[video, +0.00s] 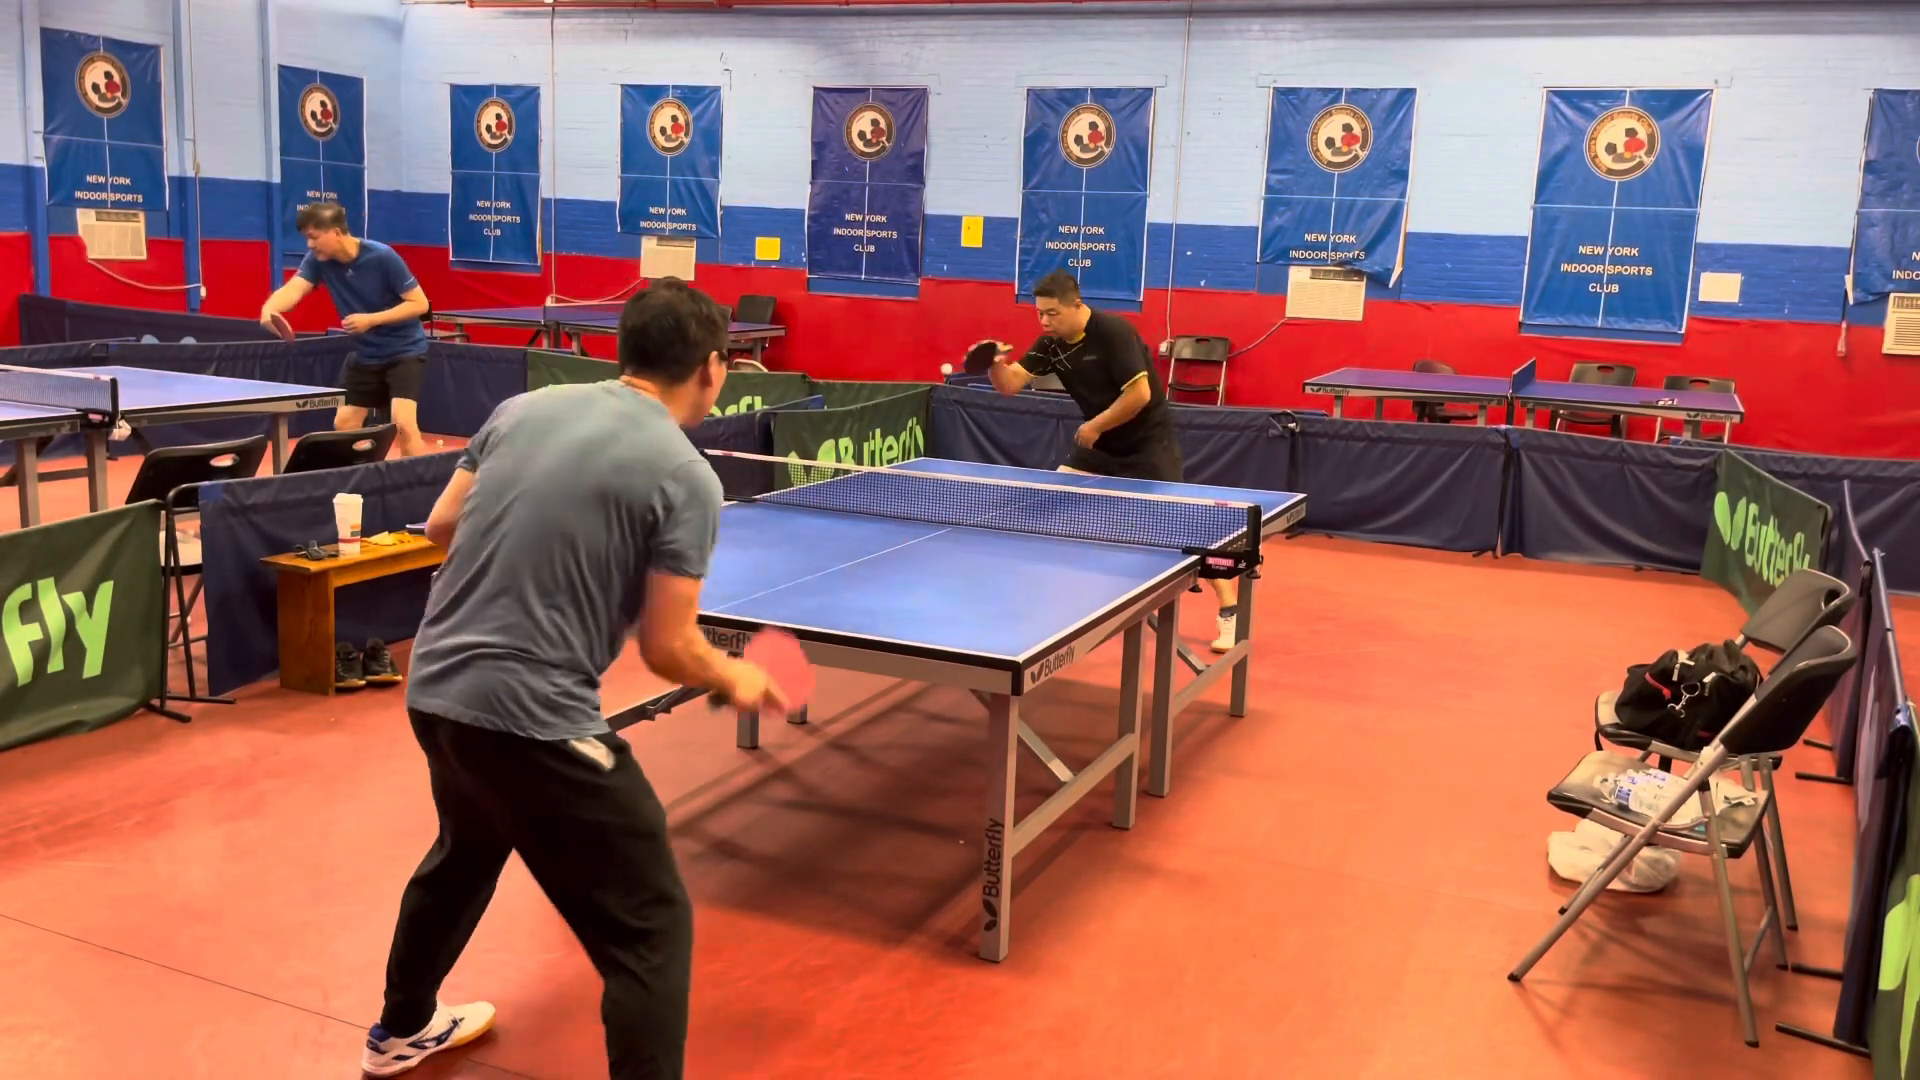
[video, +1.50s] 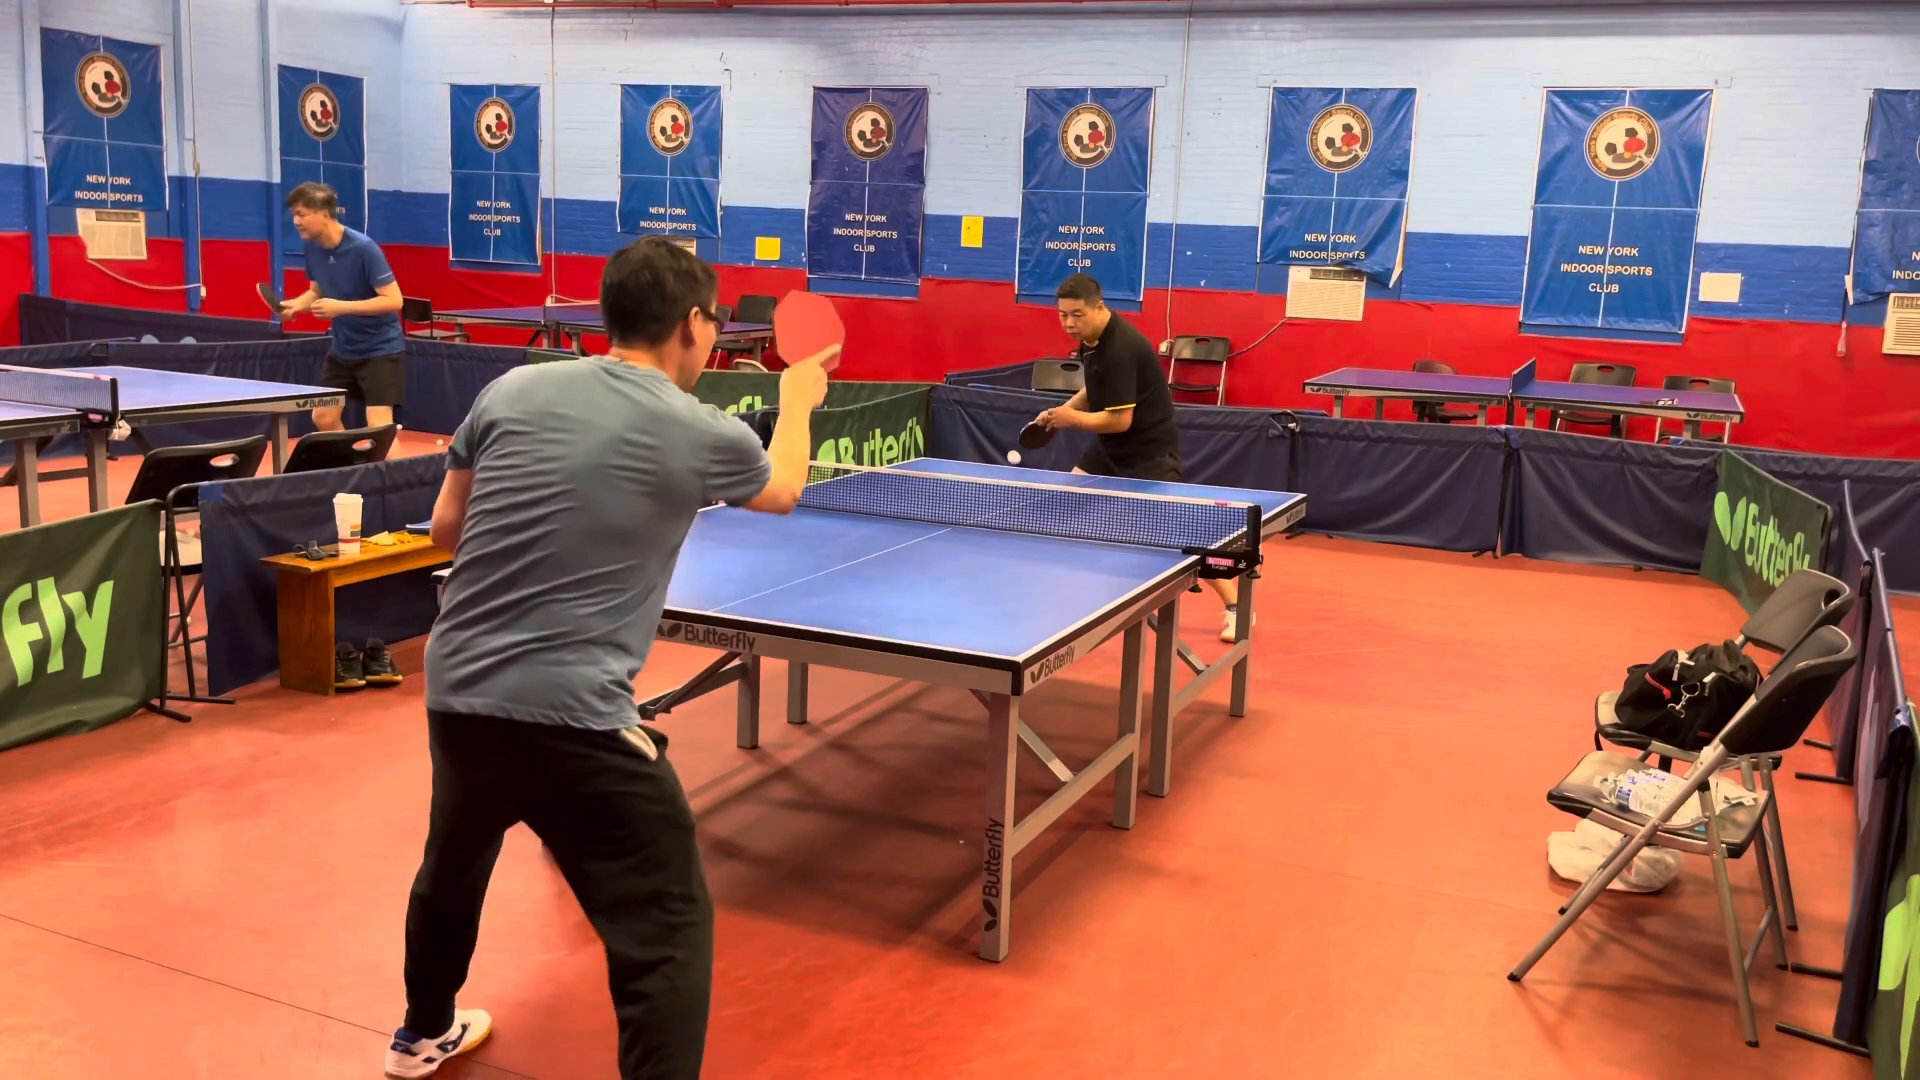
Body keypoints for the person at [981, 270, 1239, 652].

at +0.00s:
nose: (1044, 323)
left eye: (1051, 314)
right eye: (1040, 314)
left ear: (1077, 306)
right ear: (1040, 311)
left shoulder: (1113, 331)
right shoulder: (1051, 342)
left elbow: (1139, 393)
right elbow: (1010, 384)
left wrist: (1096, 426)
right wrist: (997, 365)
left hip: (1148, 443)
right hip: (1100, 443)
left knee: (1178, 521)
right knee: (1048, 504)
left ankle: (1228, 606)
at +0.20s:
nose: (1056, 316)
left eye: (1064, 307)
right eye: (1049, 308)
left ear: (1085, 301)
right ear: (1042, 306)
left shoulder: (1121, 331)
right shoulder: (1042, 344)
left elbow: (1152, 383)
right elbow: (1021, 392)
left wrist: (1103, 410)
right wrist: (1021, 397)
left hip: (1128, 438)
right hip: (1072, 435)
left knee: (1159, 513)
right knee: (1019, 488)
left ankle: (1186, 596)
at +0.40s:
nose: (1044, 331)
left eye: (1053, 323)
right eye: (1038, 323)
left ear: (1073, 319)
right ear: (1031, 322)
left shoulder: (1101, 353)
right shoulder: (1026, 359)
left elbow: (1124, 411)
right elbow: (1012, 411)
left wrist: (1069, 432)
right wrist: (1006, 435)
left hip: (1114, 450)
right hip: (1058, 451)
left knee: (1152, 507)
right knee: (1006, 496)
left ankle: (1183, 596)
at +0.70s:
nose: (1026, 331)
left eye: (1032, 323)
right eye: (1022, 324)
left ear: (1058, 314)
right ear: (1024, 319)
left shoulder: (1082, 350)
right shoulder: (1061, 342)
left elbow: (1079, 423)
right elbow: (1061, 383)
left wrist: (1041, 421)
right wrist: (1016, 393)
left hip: (1121, 455)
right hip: (1079, 450)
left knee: (1152, 527)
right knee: (1023, 495)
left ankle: (1221, 602)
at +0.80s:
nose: (1045, 331)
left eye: (1051, 322)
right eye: (1042, 322)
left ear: (1075, 314)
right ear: (1043, 320)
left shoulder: (1113, 350)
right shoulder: (1067, 347)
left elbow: (1112, 419)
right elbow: (1047, 397)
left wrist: (1067, 420)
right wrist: (1025, 376)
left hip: (1133, 459)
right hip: (1087, 452)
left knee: (1166, 529)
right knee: (1031, 497)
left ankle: (1224, 604)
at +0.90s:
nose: (1069, 325)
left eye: (1075, 316)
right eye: (1064, 317)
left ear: (1100, 307)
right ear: (1062, 315)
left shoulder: (1142, 339)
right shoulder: (1073, 349)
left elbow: (1159, 406)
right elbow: (1050, 406)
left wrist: (1104, 420)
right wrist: (1048, 375)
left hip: (1152, 456)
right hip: (1096, 455)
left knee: (1192, 526)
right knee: (1041, 504)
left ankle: (1227, 606)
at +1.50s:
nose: (1069, 324)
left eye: (1076, 315)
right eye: (1063, 315)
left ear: (1100, 308)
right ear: (1059, 313)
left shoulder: (1121, 346)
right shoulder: (1092, 339)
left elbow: (1121, 420)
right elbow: (1096, 389)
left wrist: (1070, 418)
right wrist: (1062, 412)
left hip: (1149, 453)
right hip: (1111, 447)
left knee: (1178, 528)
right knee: (1063, 502)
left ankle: (1234, 605)